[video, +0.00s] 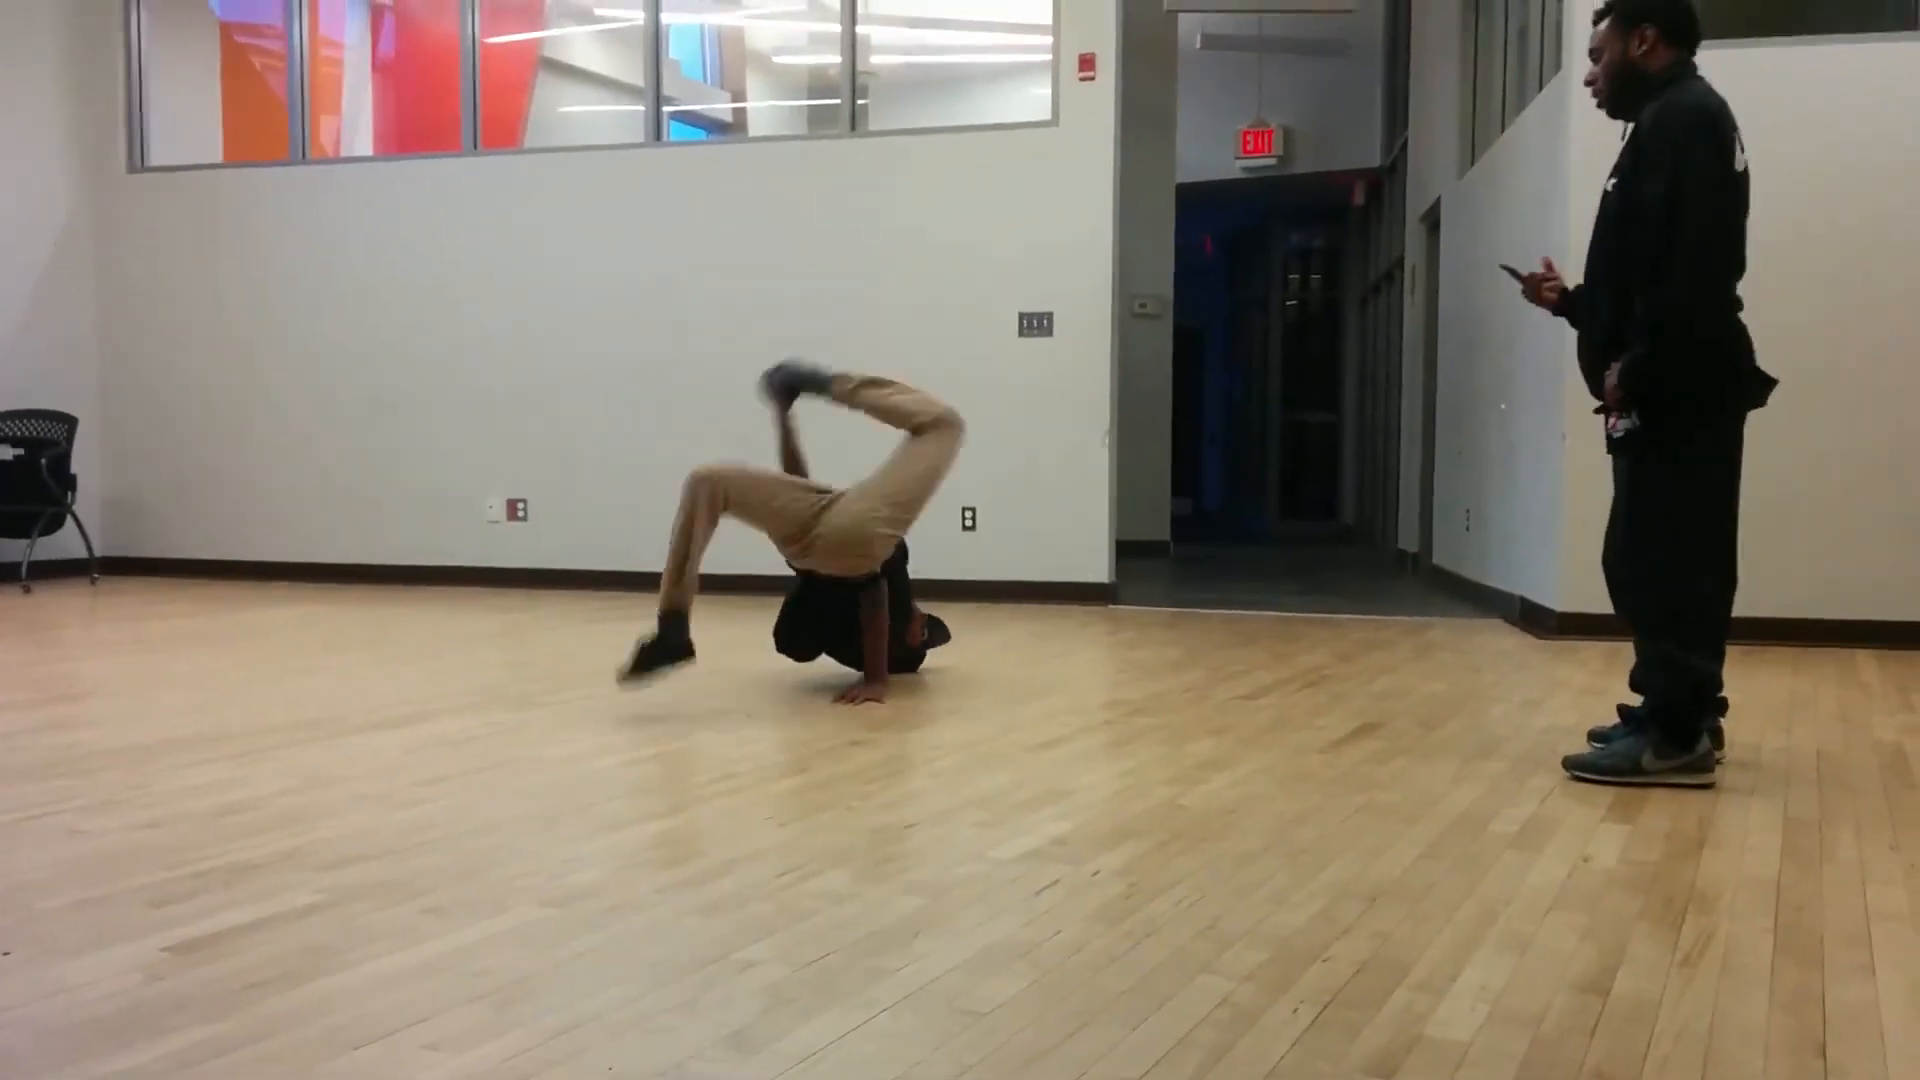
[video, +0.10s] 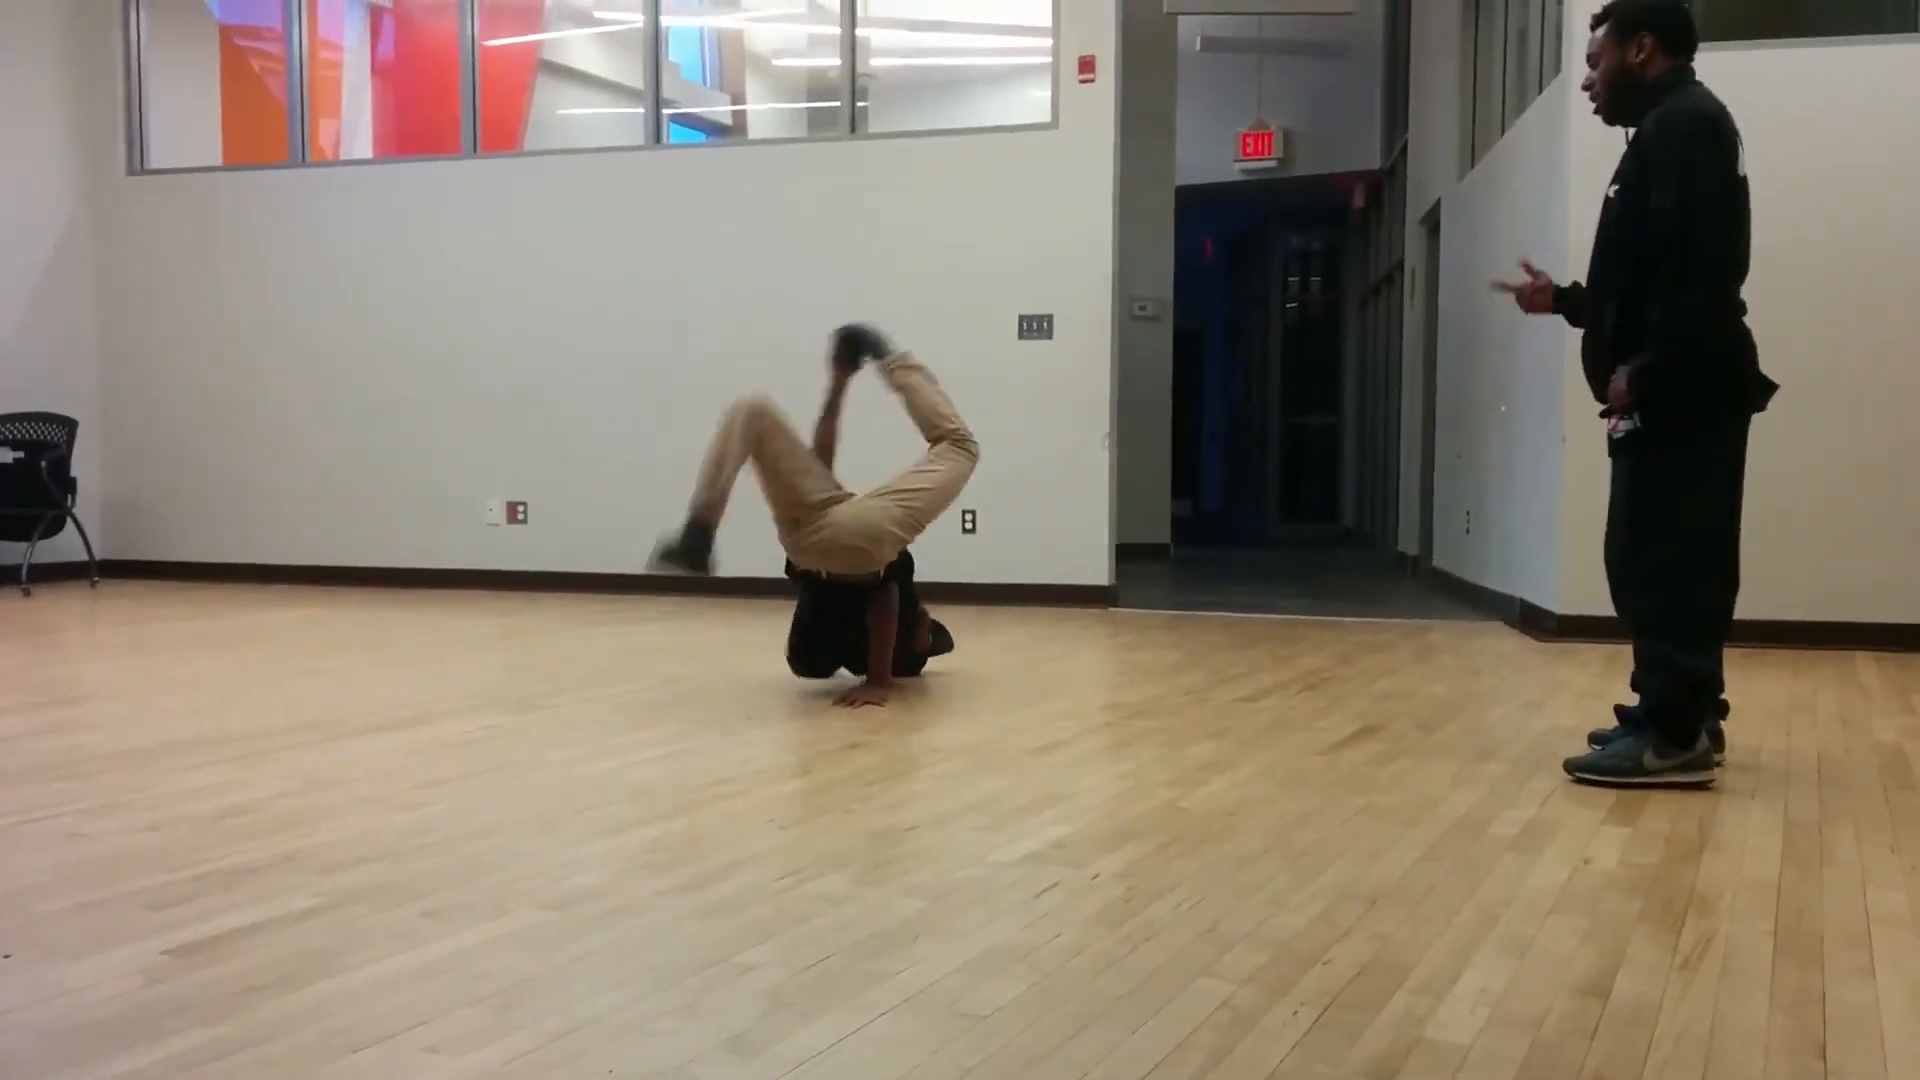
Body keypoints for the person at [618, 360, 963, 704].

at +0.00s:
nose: (923, 629)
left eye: (925, 638)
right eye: (930, 630)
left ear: (913, 643)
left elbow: (877, 594)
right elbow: (797, 492)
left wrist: (877, 681)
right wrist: (785, 417)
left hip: (859, 536)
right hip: (807, 526)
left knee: (943, 425)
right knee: (705, 484)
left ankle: (823, 383)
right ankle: (673, 633)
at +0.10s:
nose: (924, 637)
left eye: (927, 641)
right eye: (927, 636)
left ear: (917, 640)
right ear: (918, 626)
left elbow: (887, 597)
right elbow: (817, 467)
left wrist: (878, 681)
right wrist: (838, 382)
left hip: (862, 544)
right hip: (810, 531)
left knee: (957, 449)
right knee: (751, 413)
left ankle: (889, 356)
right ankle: (696, 542)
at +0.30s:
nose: (895, 648)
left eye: (894, 653)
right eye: (895, 651)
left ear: (877, 644)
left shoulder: (847, 644)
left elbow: (871, 603)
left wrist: (880, 690)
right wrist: (882, 372)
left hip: (827, 484)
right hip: (800, 479)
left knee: (960, 443)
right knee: (920, 427)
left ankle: (920, 336)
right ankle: (837, 377)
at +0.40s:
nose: (872, 665)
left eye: (864, 664)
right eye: (865, 669)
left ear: (850, 642)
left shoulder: (813, 617)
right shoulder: (788, 613)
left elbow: (881, 610)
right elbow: (876, 608)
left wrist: (881, 692)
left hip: (813, 452)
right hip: (813, 482)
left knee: (973, 465)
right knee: (935, 527)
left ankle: (961, 360)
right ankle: (892, 423)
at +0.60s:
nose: (852, 656)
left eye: (844, 660)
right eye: (846, 663)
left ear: (823, 639)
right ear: (835, 632)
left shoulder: (790, 617)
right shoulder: (843, 593)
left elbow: (846, 599)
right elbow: (942, 548)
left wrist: (873, 689)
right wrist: (993, 593)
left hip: (818, 442)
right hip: (851, 486)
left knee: (909, 488)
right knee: (890, 565)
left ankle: (1034, 400)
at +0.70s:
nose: (851, 655)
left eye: (841, 655)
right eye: (844, 660)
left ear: (817, 632)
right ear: (834, 634)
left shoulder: (776, 569)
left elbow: (849, 595)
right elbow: (956, 577)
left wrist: (873, 688)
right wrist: (976, 654)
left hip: (844, 440)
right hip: (880, 484)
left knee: (912, 469)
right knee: (867, 550)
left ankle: (1056, 435)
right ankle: (941, 557)